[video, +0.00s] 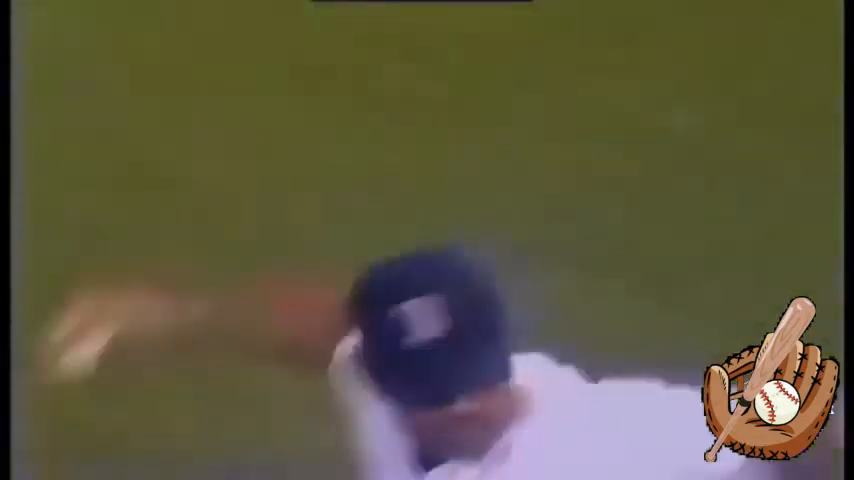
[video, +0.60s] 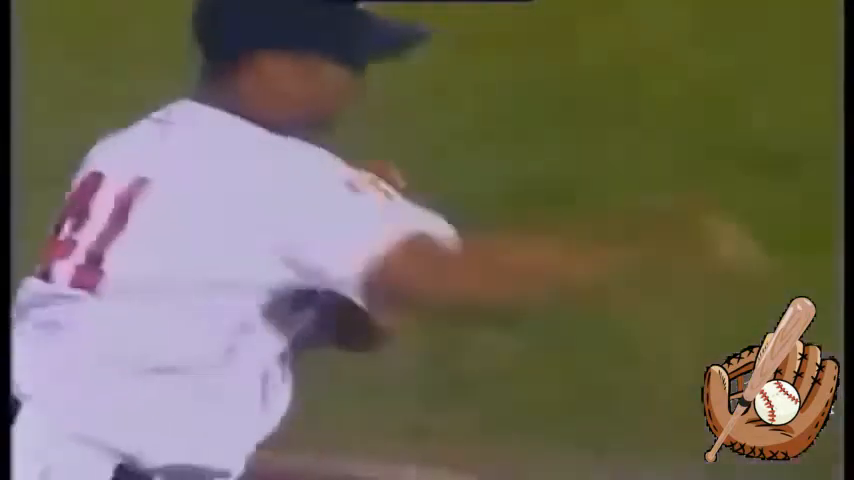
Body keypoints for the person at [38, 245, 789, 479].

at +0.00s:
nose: (456, 408)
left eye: (470, 384)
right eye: (430, 394)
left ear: (502, 361)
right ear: (387, 379)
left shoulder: (613, 442)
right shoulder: (384, 381)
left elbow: (773, 446)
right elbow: (339, 316)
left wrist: (805, 429)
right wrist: (174, 315)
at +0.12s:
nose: (734, 262)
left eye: (757, 236)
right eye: (710, 237)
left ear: (796, 244)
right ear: (661, 241)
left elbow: (325, 385)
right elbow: (325, 389)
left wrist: (304, 240)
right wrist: (308, 244)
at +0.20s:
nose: (822, 198)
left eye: (820, 176)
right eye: (805, 174)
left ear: (713, 181)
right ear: (721, 180)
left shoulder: (605, 243)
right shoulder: (676, 274)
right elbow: (828, 363)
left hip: (388, 459)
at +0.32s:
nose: (681, 164)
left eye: (680, 142)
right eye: (666, 142)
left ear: (553, 136)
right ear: (596, 148)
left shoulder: (374, 178)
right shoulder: (619, 329)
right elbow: (547, 464)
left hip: (157, 449)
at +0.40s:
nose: (559, 154)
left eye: (559, 132)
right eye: (544, 132)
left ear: (430, 124)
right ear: (480, 138)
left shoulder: (252, 173)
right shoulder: (514, 293)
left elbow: (148, 336)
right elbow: (408, 456)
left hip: (71, 448)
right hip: (269, 461)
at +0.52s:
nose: (394, 92)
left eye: (392, 74)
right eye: (379, 74)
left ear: (272, 79)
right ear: (306, 84)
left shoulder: (141, 150)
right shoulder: (340, 209)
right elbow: (469, 396)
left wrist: (357, 236)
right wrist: (602, 464)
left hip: (21, 443)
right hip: (126, 470)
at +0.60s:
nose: (357, 79)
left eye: (356, 60)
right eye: (341, 59)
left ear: (251, 66)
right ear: (263, 67)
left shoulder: (134, 143)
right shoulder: (276, 170)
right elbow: (435, 276)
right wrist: (611, 265)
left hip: (34, 448)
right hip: (130, 464)